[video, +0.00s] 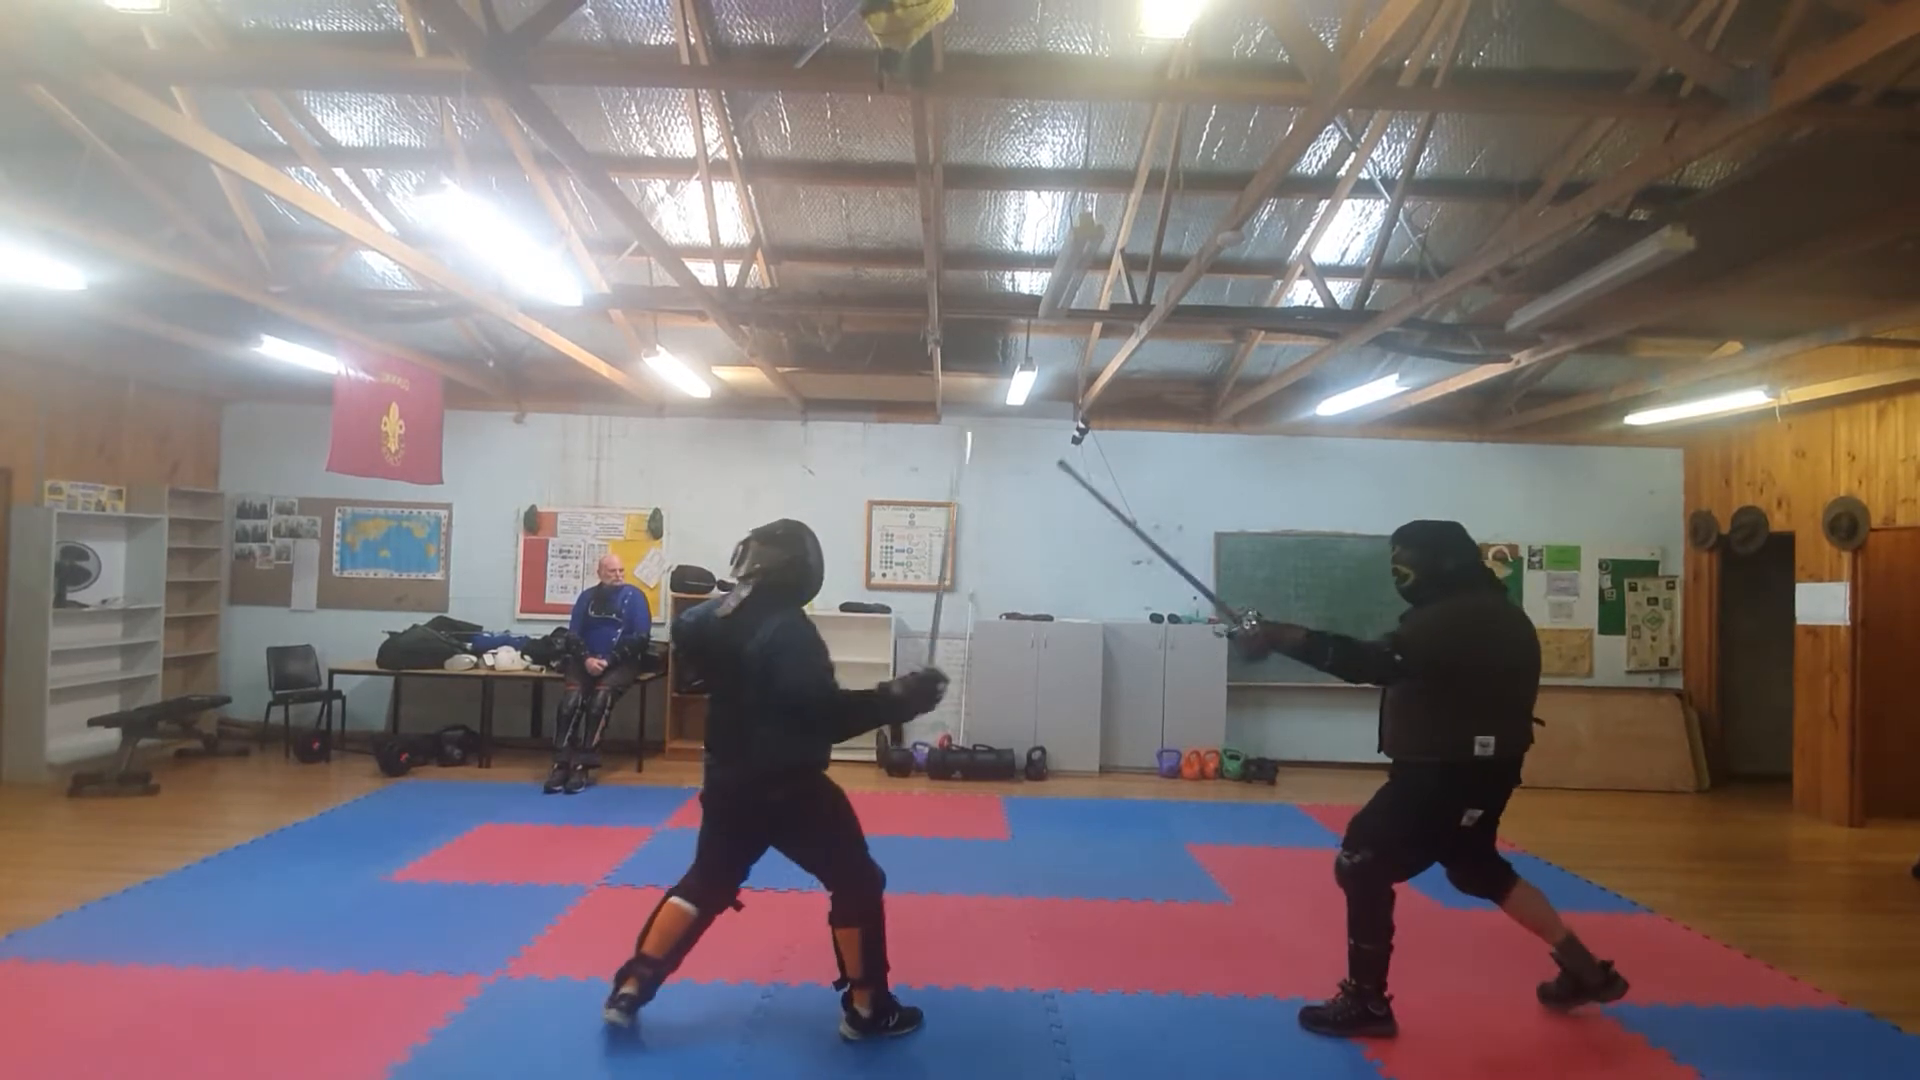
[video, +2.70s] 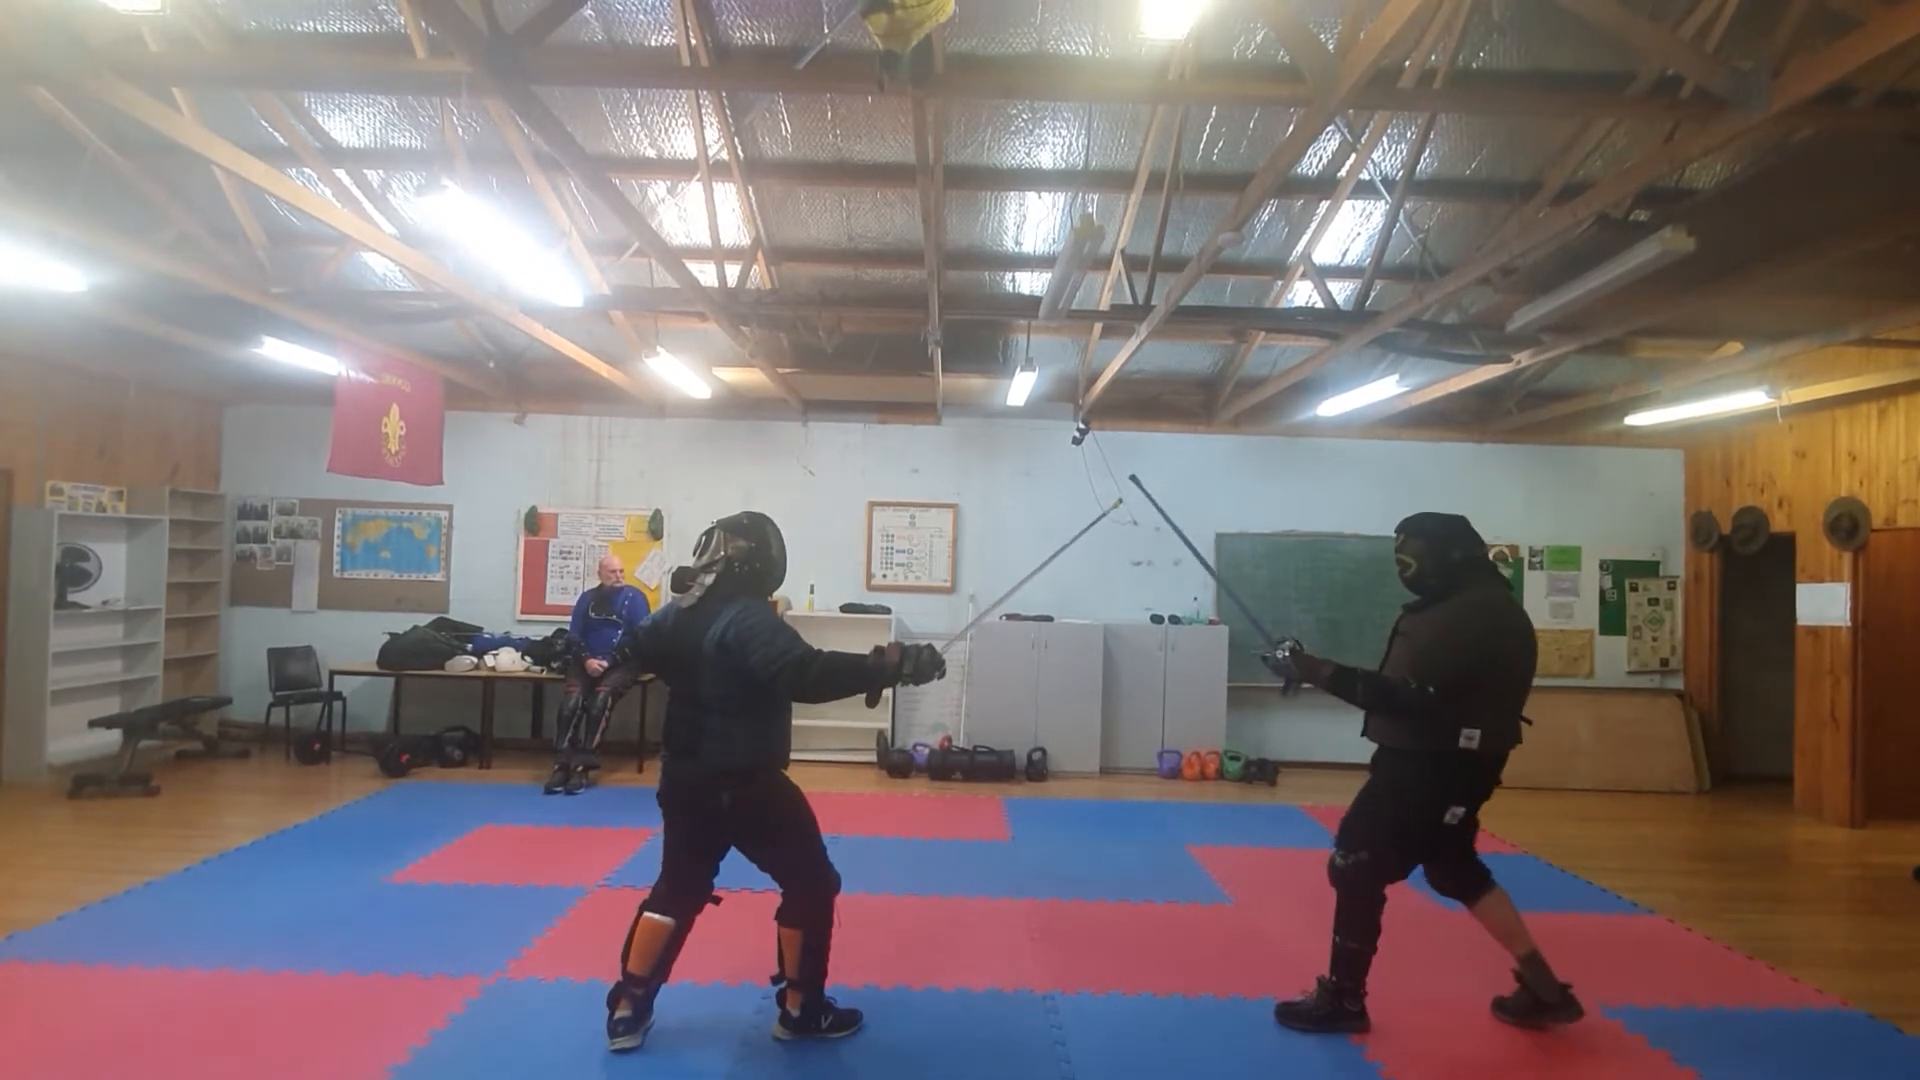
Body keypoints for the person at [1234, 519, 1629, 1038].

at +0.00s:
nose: (1399, 580)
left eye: (1404, 568)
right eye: (1396, 570)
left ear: (1437, 564)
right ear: (1459, 562)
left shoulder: (1446, 619)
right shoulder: (1503, 614)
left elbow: (1380, 663)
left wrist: (1289, 640)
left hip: (1438, 771)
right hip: (1489, 771)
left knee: (1363, 862)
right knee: (1475, 867)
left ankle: (1366, 998)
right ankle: (1586, 968)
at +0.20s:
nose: (1438, 578)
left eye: (1445, 567)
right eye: (1436, 567)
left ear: (1479, 565)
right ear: (1497, 565)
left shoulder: (1484, 621)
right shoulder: (1539, 619)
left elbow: (1439, 691)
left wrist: (1346, 661)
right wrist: (1352, 670)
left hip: (1467, 777)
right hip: (1511, 778)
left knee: (1393, 867)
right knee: (1520, 876)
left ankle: (1371, 998)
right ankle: (1608, 987)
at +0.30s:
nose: (1462, 579)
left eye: (1470, 567)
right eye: (1460, 567)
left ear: (1503, 567)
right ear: (1519, 566)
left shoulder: (1506, 628)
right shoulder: (1566, 623)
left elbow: (1477, 705)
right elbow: (1562, 723)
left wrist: (1380, 675)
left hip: (1490, 785)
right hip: (1535, 785)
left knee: (1421, 877)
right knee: (1556, 887)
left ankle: (1375, 1000)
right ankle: (1618, 1000)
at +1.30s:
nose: (1466, 578)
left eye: (1475, 567)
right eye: (1464, 567)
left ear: (1513, 565)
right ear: (1522, 567)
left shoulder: (1521, 626)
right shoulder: (1567, 623)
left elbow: (1458, 690)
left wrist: (1358, 661)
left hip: (1484, 775)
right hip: (1526, 778)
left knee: (1415, 870)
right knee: (1528, 879)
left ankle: (1393, 998)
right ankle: (1612, 994)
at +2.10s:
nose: (1468, 569)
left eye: (1477, 558)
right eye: (1464, 559)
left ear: (1516, 555)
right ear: (1520, 558)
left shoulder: (1531, 613)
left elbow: (1489, 698)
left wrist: (1396, 677)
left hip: (1494, 771)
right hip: (1524, 771)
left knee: (1428, 863)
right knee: (1515, 877)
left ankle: (1400, 995)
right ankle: (1559, 1003)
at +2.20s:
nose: (1463, 569)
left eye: (1472, 557)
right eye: (1459, 558)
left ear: (1510, 553)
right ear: (1513, 557)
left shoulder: (1531, 612)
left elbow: (1484, 698)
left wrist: (1391, 675)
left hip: (1492, 767)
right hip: (1528, 768)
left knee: (1414, 851)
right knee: (1516, 873)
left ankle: (1388, 984)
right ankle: (1559, 1004)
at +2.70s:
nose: (1403, 570)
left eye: (1411, 559)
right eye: (1401, 559)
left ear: (1446, 557)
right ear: (1459, 557)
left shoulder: (1457, 618)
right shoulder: (1501, 611)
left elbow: (1414, 700)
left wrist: (1319, 671)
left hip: (1422, 765)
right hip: (1465, 767)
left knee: (1357, 865)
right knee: (1454, 868)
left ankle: (1342, 997)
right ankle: (1543, 985)